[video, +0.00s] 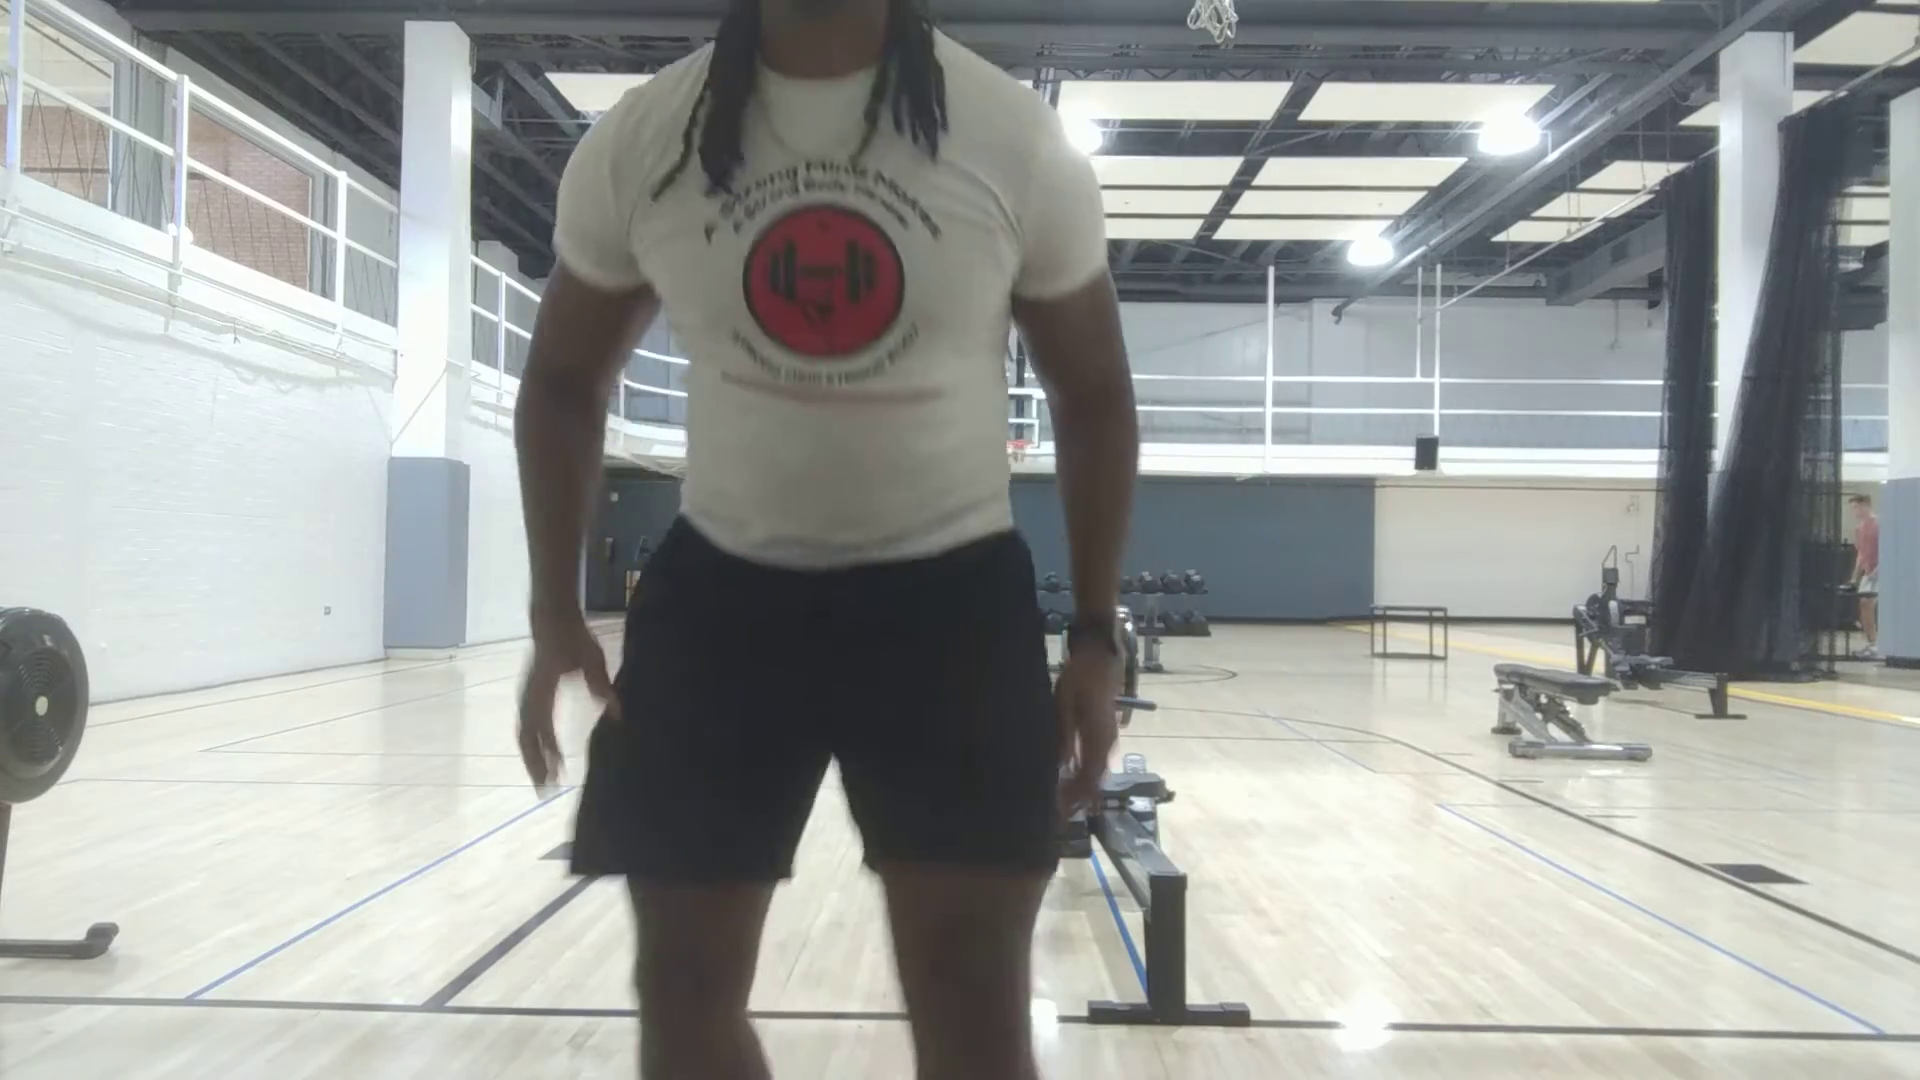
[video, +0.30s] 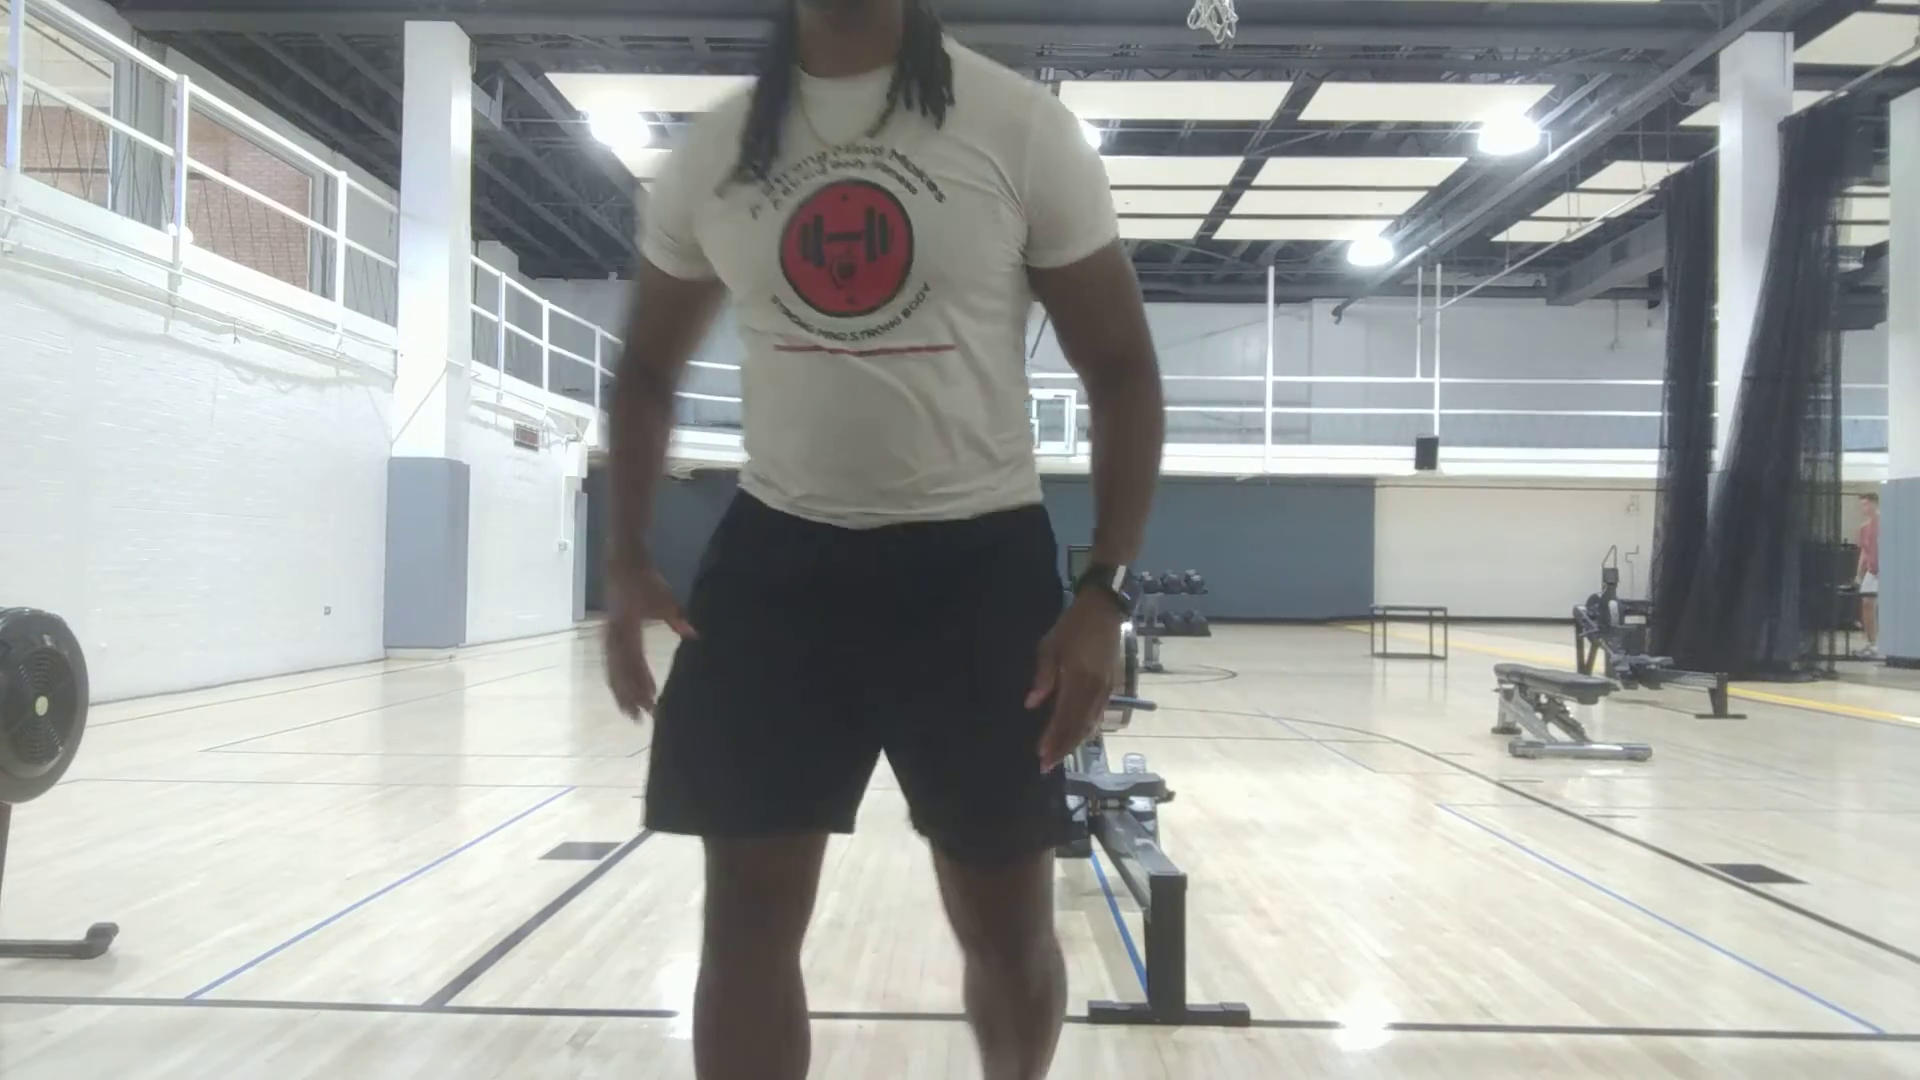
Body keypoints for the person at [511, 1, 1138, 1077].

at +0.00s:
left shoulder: (1014, 141)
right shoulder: (641, 140)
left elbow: (1094, 396)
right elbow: (564, 383)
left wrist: (1096, 636)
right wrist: (559, 615)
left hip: (950, 613)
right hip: (722, 611)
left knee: (971, 1009)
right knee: (685, 1002)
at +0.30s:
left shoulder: (1023, 129)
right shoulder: (714, 151)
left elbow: (1123, 375)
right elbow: (647, 373)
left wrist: (1104, 589)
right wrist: (628, 557)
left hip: (979, 571)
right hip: (782, 570)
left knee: (1003, 926)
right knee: (749, 926)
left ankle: (1017, 1071)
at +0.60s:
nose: (950, 1)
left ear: (1015, 8)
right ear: (884, 10)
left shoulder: (1103, 175)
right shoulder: (818, 179)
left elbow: (1181, 390)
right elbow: (771, 379)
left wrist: (1087, 503)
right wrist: (786, 493)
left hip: (1032, 564)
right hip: (855, 552)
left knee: (1022, 861)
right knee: (821, 872)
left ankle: (1018, 1075)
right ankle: (817, 1077)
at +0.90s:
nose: (975, 47)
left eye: (1002, 28)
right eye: (953, 27)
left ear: (1041, 60)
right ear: (921, 54)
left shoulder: (1096, 239)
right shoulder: (850, 229)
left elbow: (1148, 410)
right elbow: (769, 400)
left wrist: (1179, 518)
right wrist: (743, 529)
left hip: (1045, 592)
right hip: (883, 589)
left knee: (1049, 884)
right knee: (881, 878)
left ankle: (1030, 1076)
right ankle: (899, 1072)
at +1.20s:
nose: (955, 25)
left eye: (978, 11)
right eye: (933, 9)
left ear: (1008, 38)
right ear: (898, 35)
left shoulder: (1083, 170)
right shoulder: (827, 170)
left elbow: (1268, 166)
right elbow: (644, 178)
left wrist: (1259, 48)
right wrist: (607, 40)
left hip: (1023, 552)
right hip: (857, 543)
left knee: (1084, 842)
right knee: (758, 818)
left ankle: (1129, 1066)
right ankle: (666, 1050)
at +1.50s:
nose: (939, 23)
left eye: (960, 10)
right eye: (917, 10)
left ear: (992, 32)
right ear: (878, 29)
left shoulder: (1062, 157)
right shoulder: (810, 144)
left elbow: (1218, 239)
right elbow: (637, 191)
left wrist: (1330, 132)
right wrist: (555, 83)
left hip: (1000, 506)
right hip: (841, 499)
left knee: (1037, 792)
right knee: (774, 773)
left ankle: (1062, 1038)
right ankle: (745, 1030)